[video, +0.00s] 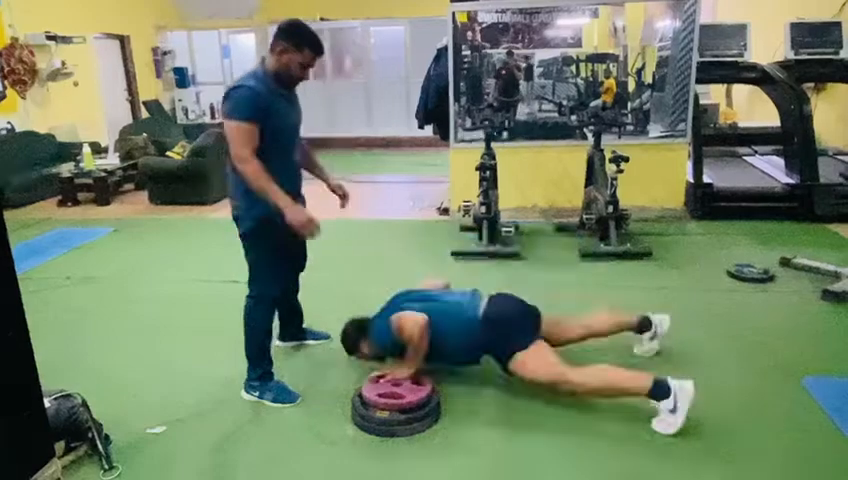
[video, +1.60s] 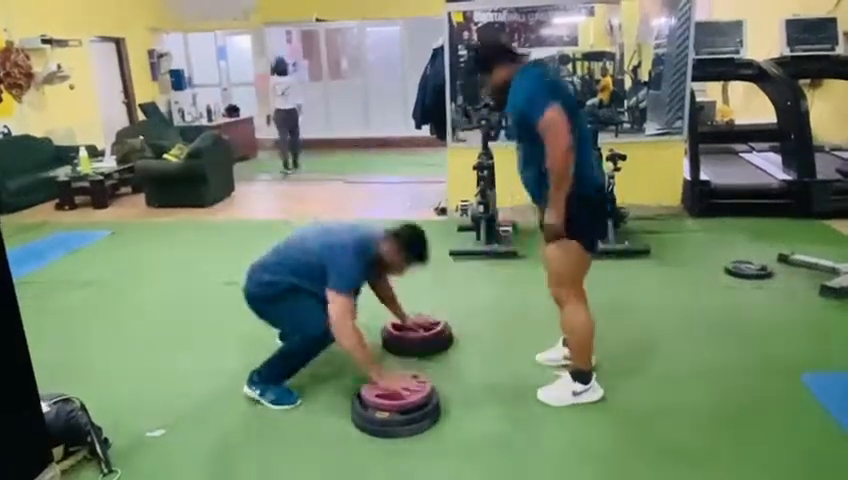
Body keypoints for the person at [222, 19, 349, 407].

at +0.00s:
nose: (308, 74)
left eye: (311, 66)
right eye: (304, 65)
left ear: (290, 57)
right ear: (279, 52)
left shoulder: (284, 92)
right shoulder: (246, 95)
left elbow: (292, 145)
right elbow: (243, 161)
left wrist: (326, 178)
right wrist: (288, 205)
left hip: (287, 204)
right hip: (257, 210)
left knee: (290, 272)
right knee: (264, 289)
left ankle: (291, 331)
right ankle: (258, 378)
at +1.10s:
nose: (328, 92)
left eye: (332, 85)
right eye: (326, 83)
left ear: (316, 74)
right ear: (307, 69)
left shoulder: (301, 103)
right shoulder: (263, 101)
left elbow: (289, 158)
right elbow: (239, 164)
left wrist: (296, 199)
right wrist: (269, 216)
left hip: (284, 207)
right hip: (252, 211)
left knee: (295, 267)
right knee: (263, 289)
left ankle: (291, 328)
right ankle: (257, 378)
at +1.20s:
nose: (345, 116)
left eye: (349, 111)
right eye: (344, 109)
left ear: (331, 97)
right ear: (325, 94)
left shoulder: (316, 122)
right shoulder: (280, 118)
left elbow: (301, 167)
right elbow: (258, 184)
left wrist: (308, 206)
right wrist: (283, 235)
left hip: (276, 207)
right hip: (242, 211)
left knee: (301, 261)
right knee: (272, 285)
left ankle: (291, 328)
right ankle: (257, 379)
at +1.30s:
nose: (360, 157)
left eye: (364, 151)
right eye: (360, 149)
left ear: (344, 135)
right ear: (343, 134)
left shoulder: (325, 154)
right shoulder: (299, 157)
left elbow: (323, 199)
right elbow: (283, 226)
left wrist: (337, 243)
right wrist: (316, 282)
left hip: (272, 222)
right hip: (241, 230)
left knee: (314, 266)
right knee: (288, 296)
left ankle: (294, 330)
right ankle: (258, 382)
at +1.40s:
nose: (371, 199)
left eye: (375, 193)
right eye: (371, 191)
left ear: (355, 176)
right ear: (357, 180)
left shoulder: (336, 196)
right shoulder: (313, 201)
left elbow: (351, 239)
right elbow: (312, 273)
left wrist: (373, 278)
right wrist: (346, 323)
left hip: (273, 251)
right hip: (246, 261)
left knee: (328, 275)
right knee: (299, 311)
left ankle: (298, 331)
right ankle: (258, 384)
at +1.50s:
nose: (382, 239)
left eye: (387, 234)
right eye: (383, 231)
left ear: (370, 214)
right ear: (370, 218)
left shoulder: (352, 223)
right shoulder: (327, 236)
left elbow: (371, 267)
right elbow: (335, 314)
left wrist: (401, 307)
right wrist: (374, 354)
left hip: (283, 273)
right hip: (256, 287)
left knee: (340, 283)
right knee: (310, 325)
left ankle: (311, 335)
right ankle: (260, 384)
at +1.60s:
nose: (402, 270)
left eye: (406, 265)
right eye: (404, 264)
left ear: (393, 243)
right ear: (393, 249)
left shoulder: (373, 243)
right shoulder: (348, 255)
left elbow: (379, 283)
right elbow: (341, 328)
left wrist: (403, 317)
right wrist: (379, 376)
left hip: (290, 279)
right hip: (267, 288)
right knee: (320, 331)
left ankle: (291, 335)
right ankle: (262, 382)